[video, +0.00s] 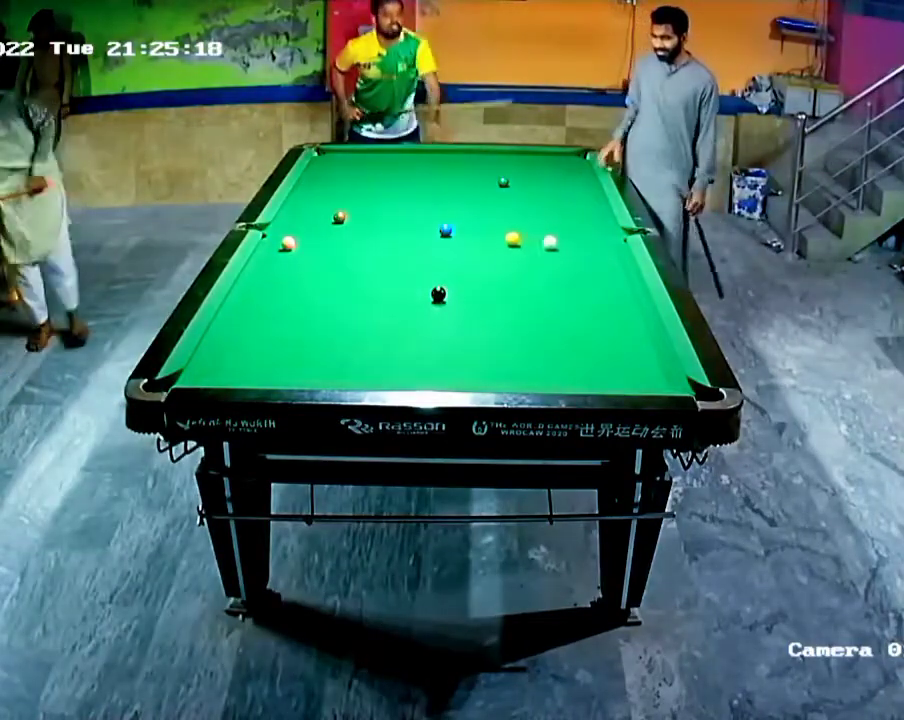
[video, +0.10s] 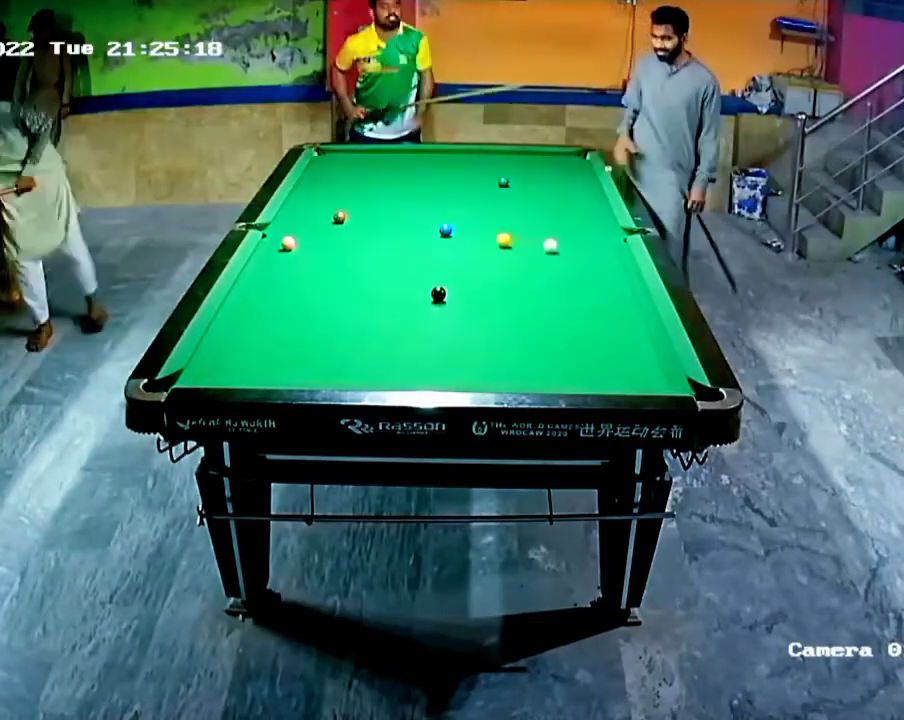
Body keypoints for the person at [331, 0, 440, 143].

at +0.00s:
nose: (394, 21)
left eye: (398, 15)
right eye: (387, 15)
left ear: (403, 16)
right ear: (375, 17)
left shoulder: (418, 46)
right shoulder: (357, 47)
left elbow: (432, 86)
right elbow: (338, 70)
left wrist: (433, 121)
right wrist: (345, 106)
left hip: (405, 133)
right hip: (366, 134)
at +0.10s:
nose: (392, 12)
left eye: (396, 6)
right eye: (384, 7)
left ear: (400, 7)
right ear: (372, 11)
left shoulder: (417, 40)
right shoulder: (356, 43)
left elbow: (427, 78)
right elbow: (338, 70)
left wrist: (420, 115)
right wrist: (349, 108)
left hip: (406, 134)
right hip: (367, 135)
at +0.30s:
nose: (386, 7)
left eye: (391, 1)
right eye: (379, 2)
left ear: (398, 4)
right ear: (370, 6)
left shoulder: (415, 34)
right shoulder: (356, 39)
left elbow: (425, 68)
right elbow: (340, 72)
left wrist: (413, 93)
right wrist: (358, 105)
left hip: (407, 129)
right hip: (369, 131)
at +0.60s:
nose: (381, 6)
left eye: (386, 1)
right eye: (375, 2)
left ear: (393, 4)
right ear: (368, 5)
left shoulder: (414, 33)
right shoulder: (355, 38)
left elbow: (423, 65)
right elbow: (338, 71)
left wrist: (416, 89)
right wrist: (351, 106)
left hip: (406, 128)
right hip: (369, 130)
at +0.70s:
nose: (377, 7)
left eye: (382, 2)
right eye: (372, 3)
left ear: (390, 4)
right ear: (365, 6)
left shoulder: (411, 32)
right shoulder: (352, 39)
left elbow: (422, 65)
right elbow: (336, 71)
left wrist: (414, 92)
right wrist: (347, 106)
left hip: (406, 127)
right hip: (368, 130)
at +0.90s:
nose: (362, 11)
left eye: (367, 5)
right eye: (356, 7)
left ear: (375, 5)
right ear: (350, 11)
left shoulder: (401, 30)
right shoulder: (341, 44)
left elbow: (415, 60)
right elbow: (327, 74)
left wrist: (408, 92)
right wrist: (337, 113)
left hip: (404, 126)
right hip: (367, 130)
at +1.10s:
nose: (350, 17)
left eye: (353, 9)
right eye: (342, 14)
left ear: (361, 6)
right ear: (336, 16)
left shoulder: (391, 30)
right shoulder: (333, 49)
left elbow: (407, 56)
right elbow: (321, 81)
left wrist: (404, 89)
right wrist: (333, 120)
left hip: (402, 122)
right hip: (366, 130)